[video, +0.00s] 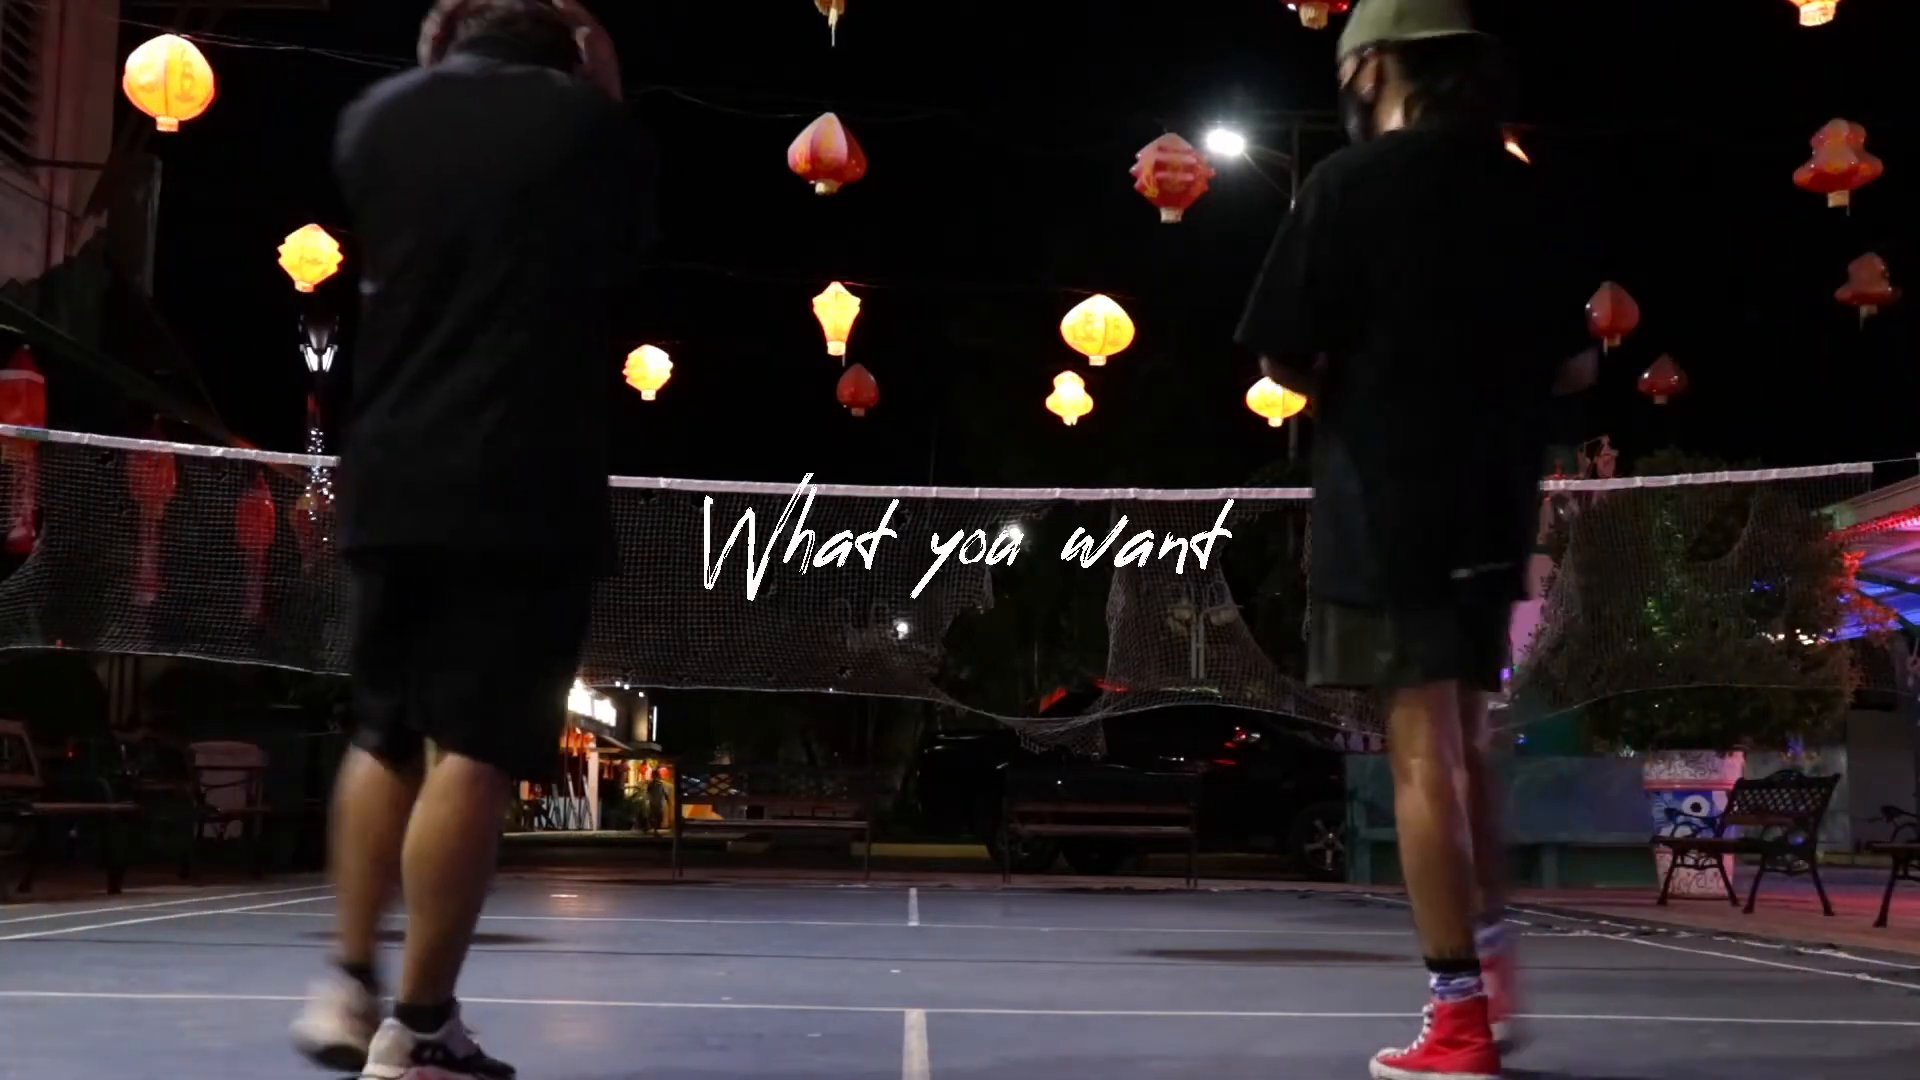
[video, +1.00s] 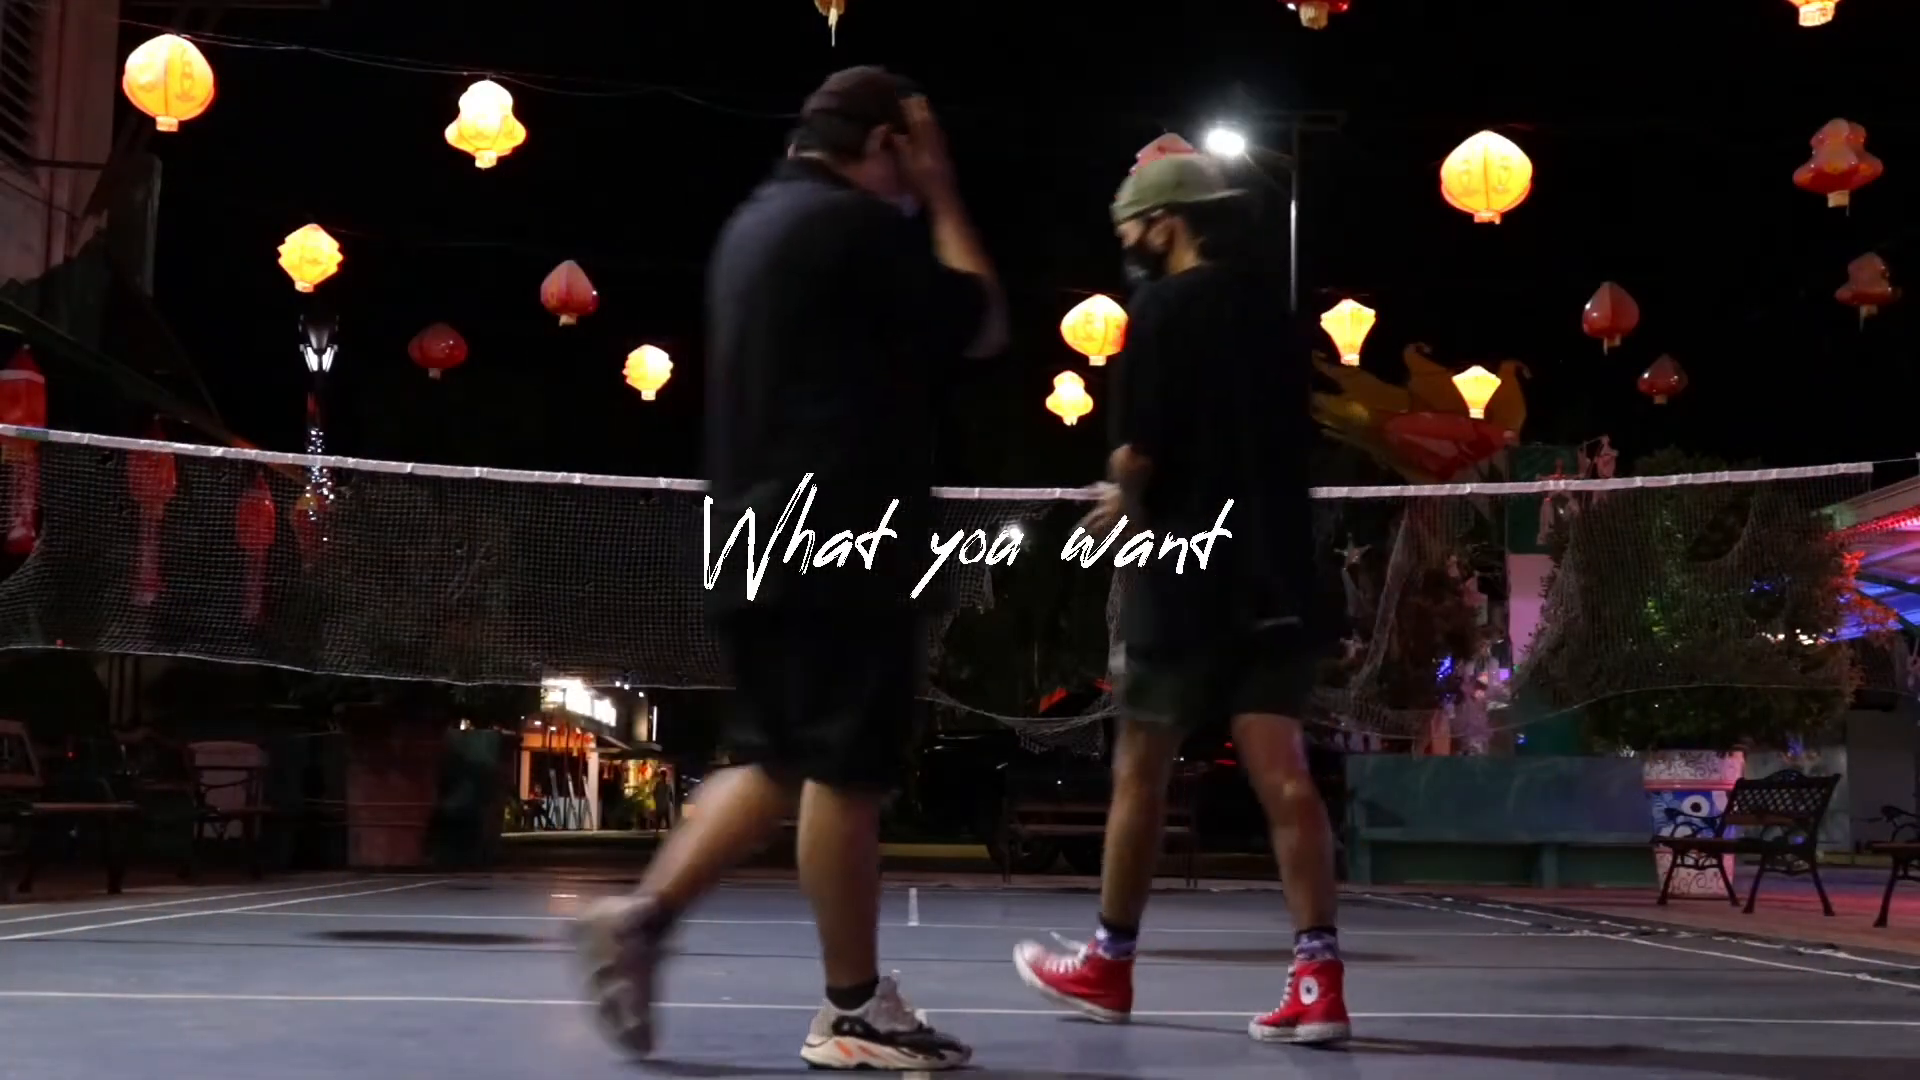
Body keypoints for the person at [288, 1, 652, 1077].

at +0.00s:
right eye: (574, 49)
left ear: (448, 52)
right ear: (563, 61)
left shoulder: (378, 120)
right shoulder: (594, 131)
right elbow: (624, 253)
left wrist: (429, 66)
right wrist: (609, 100)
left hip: (393, 477)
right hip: (532, 484)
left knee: (382, 731)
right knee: (472, 757)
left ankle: (349, 984)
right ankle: (417, 1028)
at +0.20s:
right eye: (614, 80)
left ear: (497, 85)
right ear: (604, 88)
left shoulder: (422, 161)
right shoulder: (619, 153)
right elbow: (678, 295)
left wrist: (482, 114)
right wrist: (648, 135)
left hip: (439, 492)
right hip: (572, 494)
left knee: (484, 748)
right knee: (505, 754)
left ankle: (522, 991)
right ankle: (417, 1027)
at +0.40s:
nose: (677, 135)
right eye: (676, 125)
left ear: (563, 107)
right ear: (657, 121)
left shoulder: (482, 191)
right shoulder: (655, 177)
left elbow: (497, 327)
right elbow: (746, 289)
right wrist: (709, 158)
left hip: (497, 510)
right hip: (622, 512)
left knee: (525, 750)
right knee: (623, 758)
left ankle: (543, 1001)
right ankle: (471, 960)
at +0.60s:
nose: (756, 169)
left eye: (761, 153)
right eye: (754, 154)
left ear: (654, 122)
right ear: (723, 136)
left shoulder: (566, 197)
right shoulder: (696, 196)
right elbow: (796, 291)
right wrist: (779, 171)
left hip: (565, 523)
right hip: (683, 525)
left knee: (579, 747)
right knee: (743, 732)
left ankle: (540, 1002)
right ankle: (657, 954)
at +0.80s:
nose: (828, 187)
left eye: (833, 172)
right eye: (825, 172)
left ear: (732, 140)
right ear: (796, 155)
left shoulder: (660, 215)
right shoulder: (756, 221)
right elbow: (880, 320)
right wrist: (857, 186)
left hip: (643, 546)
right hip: (735, 554)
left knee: (623, 759)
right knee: (776, 782)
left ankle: (546, 999)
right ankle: (845, 1003)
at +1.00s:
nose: (921, 166)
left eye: (919, 146)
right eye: (916, 146)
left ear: (810, 139)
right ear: (882, 146)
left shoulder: (754, 226)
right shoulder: (863, 229)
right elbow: (979, 323)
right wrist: (940, 191)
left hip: (757, 540)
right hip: (848, 545)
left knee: (777, 756)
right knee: (845, 769)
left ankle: (638, 920)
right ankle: (854, 1007)